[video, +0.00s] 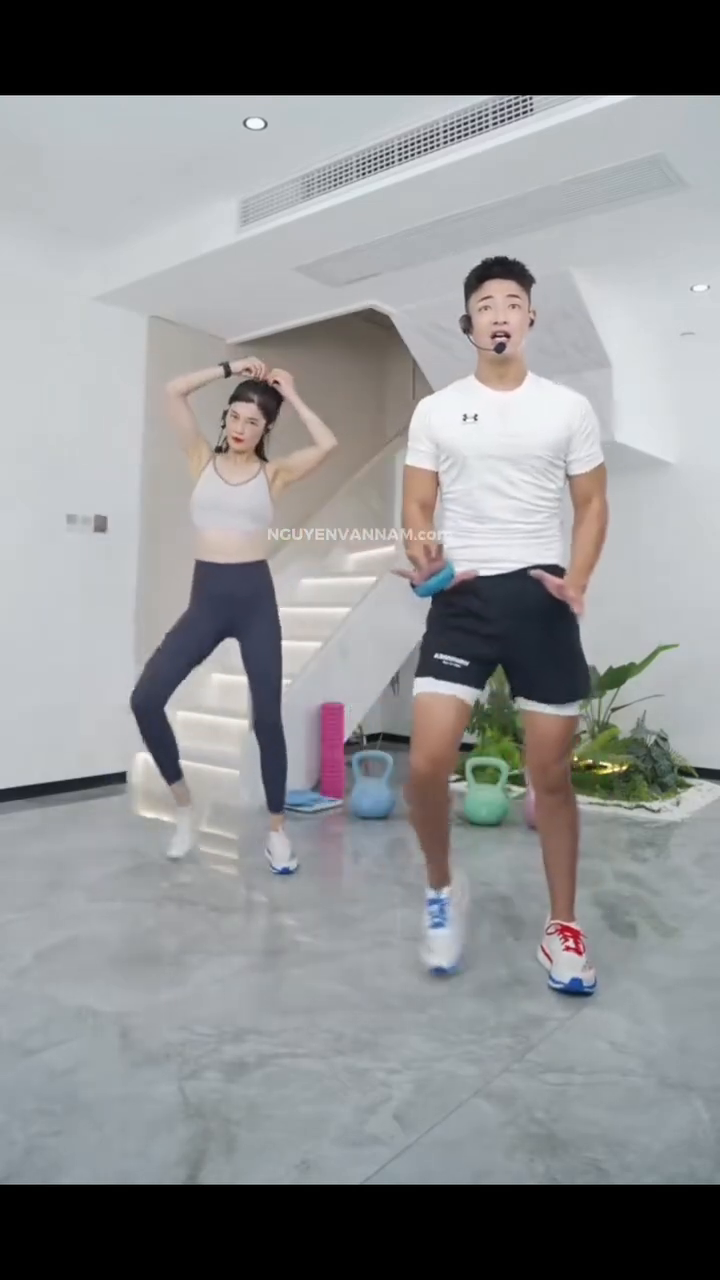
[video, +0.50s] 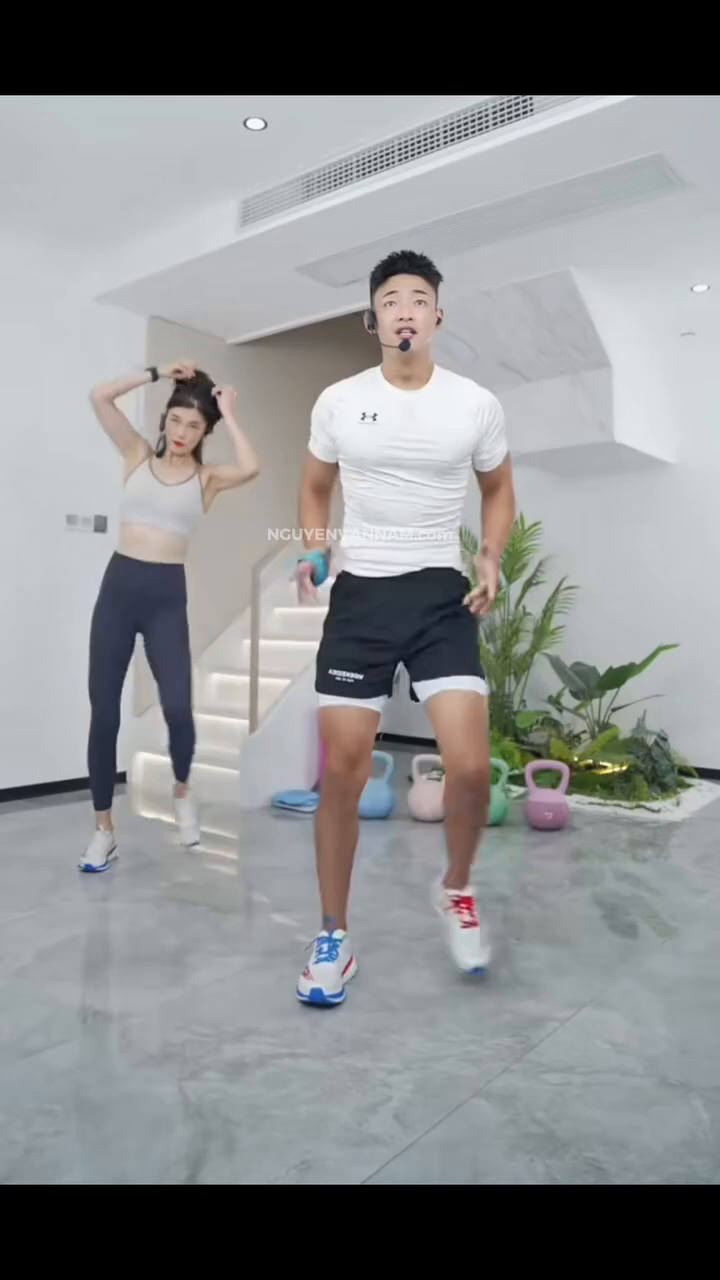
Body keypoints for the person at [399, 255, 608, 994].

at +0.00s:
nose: (499, 316)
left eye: (512, 305)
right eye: (486, 306)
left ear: (531, 318)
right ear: (468, 322)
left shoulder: (568, 409)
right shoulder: (436, 411)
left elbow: (592, 507)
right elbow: (416, 513)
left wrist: (577, 582)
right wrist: (423, 552)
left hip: (541, 602)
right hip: (459, 601)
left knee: (551, 777)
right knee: (425, 768)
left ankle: (563, 927)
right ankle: (440, 888)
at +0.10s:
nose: (486, 316)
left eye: (498, 304)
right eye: (473, 306)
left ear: (518, 319)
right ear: (456, 322)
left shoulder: (557, 410)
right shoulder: (422, 411)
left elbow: (579, 506)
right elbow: (403, 508)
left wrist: (564, 579)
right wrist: (409, 543)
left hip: (529, 603)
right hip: (445, 603)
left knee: (547, 777)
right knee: (399, 768)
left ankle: (562, 929)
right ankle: (377, 913)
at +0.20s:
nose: (465, 317)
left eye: (478, 306)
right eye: (453, 307)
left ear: (498, 321)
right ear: (434, 323)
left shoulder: (535, 412)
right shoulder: (399, 411)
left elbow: (557, 509)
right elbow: (383, 512)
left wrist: (544, 578)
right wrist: (391, 555)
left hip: (508, 606)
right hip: (423, 607)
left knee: (534, 778)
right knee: (384, 766)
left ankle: (559, 930)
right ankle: (338, 925)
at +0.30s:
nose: (438, 317)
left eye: (451, 306)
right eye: (425, 307)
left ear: (470, 320)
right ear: (407, 324)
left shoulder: (506, 412)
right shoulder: (372, 410)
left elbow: (528, 509)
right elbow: (356, 508)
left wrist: (518, 579)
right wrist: (365, 557)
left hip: (476, 604)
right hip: (394, 604)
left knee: (517, 782)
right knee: (365, 764)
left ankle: (552, 929)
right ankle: (333, 935)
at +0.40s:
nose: (416, 317)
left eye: (428, 305)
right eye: (403, 306)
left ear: (449, 319)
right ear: (384, 322)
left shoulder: (487, 411)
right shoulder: (351, 409)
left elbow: (509, 503)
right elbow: (329, 502)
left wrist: (502, 571)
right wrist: (333, 549)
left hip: (456, 605)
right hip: (372, 605)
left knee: (502, 770)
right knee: (347, 765)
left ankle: (517, 912)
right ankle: (331, 936)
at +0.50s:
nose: (405, 313)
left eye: (419, 301)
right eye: (391, 302)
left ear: (438, 317)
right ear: (374, 320)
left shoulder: (476, 407)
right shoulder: (338, 404)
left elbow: (499, 494)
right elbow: (316, 492)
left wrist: (490, 555)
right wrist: (316, 542)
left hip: (442, 599)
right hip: (359, 600)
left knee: (471, 768)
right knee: (343, 766)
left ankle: (457, 890)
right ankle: (331, 936)